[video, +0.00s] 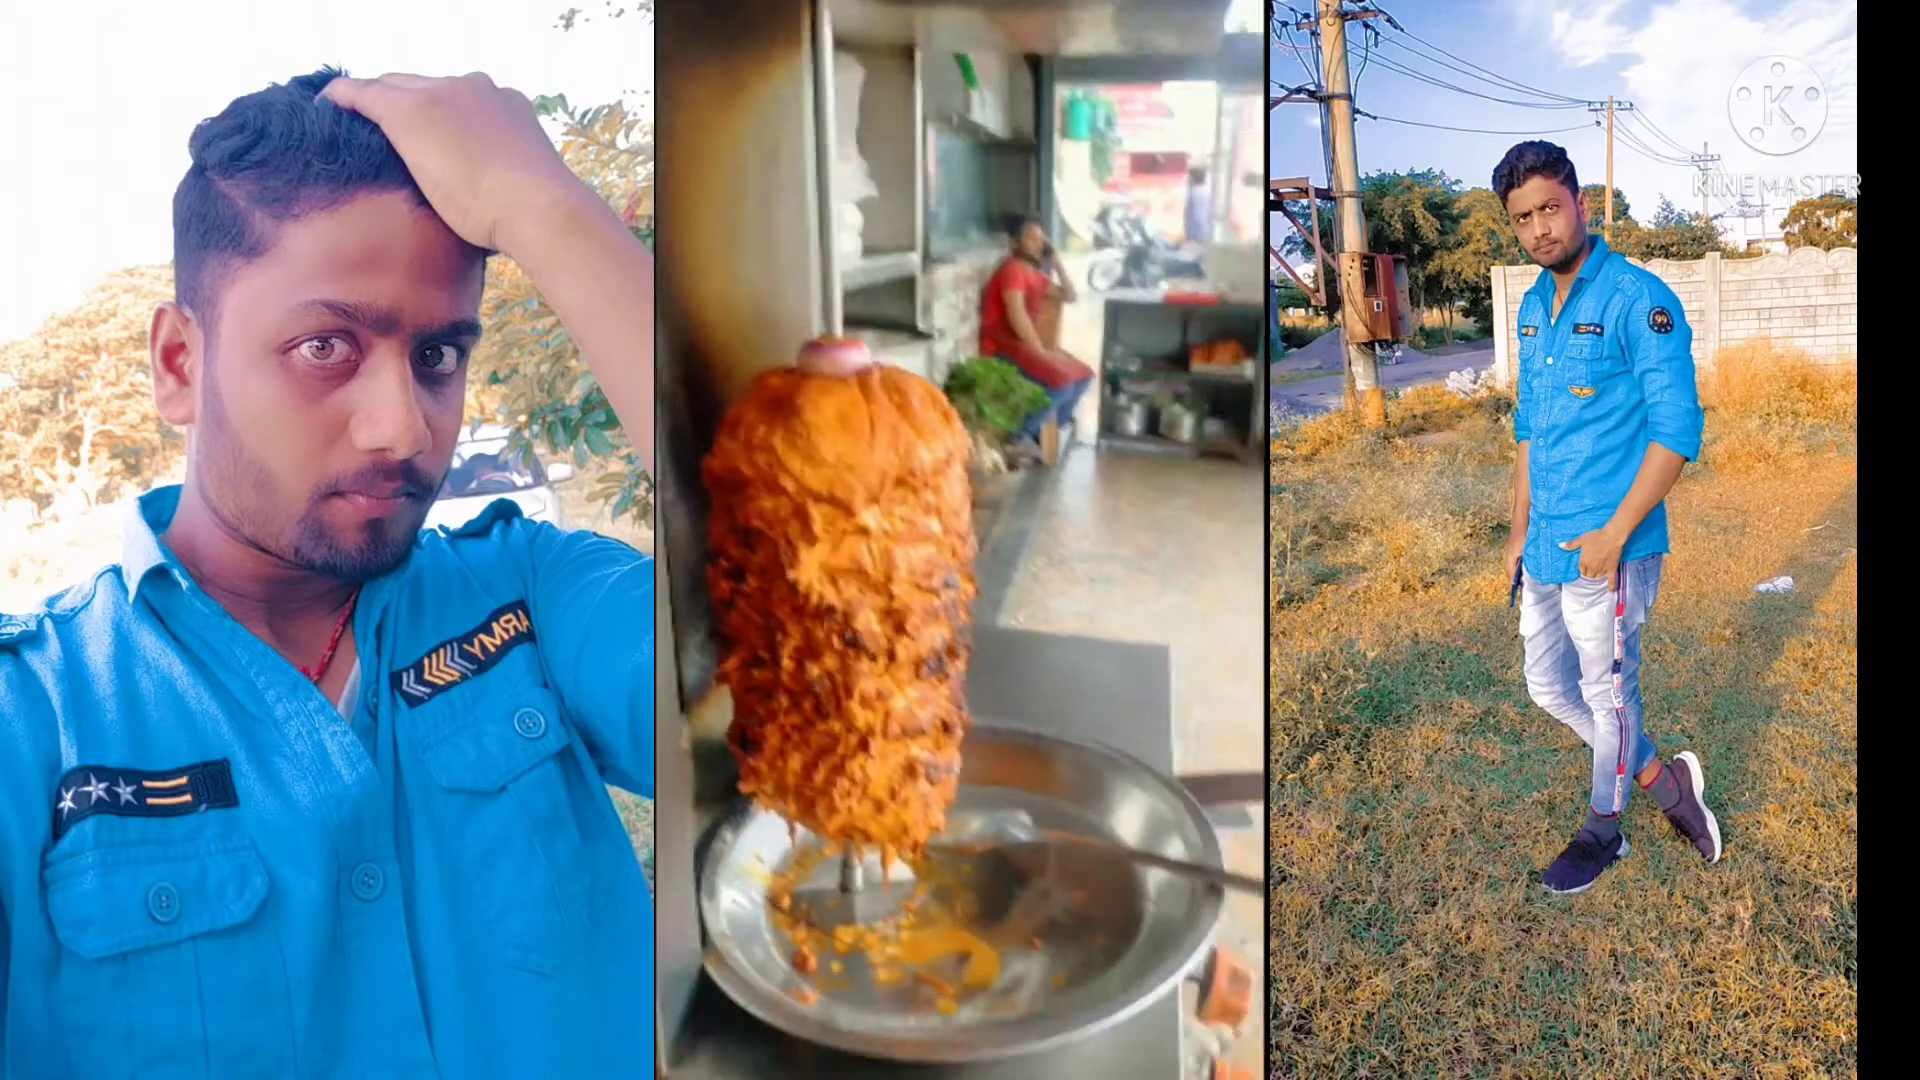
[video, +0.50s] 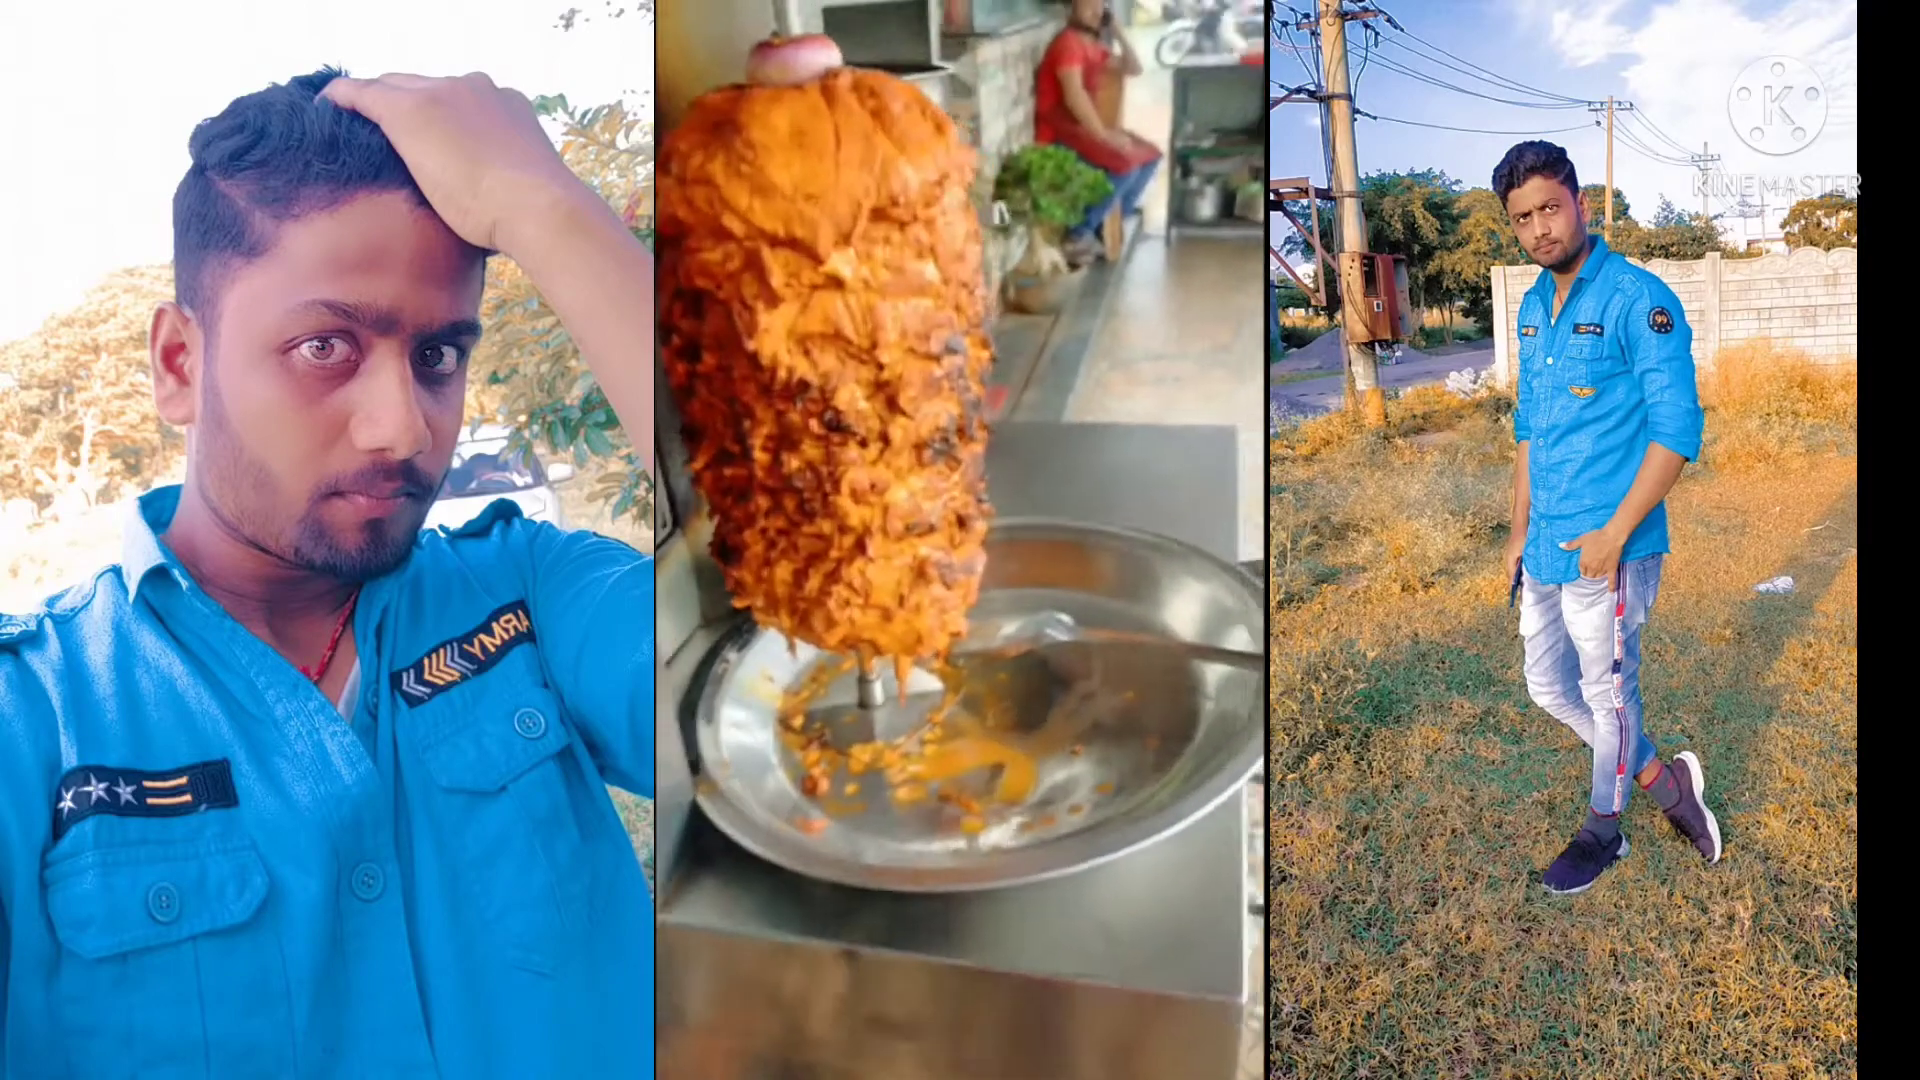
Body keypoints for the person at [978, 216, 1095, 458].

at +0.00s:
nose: (1039, 243)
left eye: (1041, 237)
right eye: (1032, 237)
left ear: (1042, 241)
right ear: (1016, 241)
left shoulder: (1033, 273)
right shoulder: (1013, 269)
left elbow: (1069, 295)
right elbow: (1016, 314)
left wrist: (1054, 261)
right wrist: (1039, 350)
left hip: (1024, 344)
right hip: (1003, 347)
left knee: (1082, 375)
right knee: (1061, 381)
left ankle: (1047, 431)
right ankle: (1021, 438)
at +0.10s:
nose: (1069, 171)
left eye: (1071, 164)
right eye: (1061, 164)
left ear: (1073, 169)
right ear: (1045, 168)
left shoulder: (1064, 203)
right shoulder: (1041, 199)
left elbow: (1101, 224)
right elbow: (1047, 246)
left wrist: (1084, 188)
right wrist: (1073, 284)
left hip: (1059, 277)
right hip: (1036, 282)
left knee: (1115, 305)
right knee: (1094, 313)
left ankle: (1083, 362)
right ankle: (1053, 373)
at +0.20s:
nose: (1095, 94)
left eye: (1097, 88)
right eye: (1087, 88)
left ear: (1099, 92)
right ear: (1071, 92)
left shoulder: (1091, 127)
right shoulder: (1067, 124)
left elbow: (1128, 148)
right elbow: (1073, 173)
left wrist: (1112, 113)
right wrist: (1103, 211)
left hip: (1085, 203)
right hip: (1061, 209)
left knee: (1144, 232)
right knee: (1122, 241)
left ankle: (1115, 290)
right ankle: (1082, 304)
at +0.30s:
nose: (1100, 34)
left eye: (1102, 28)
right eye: (1092, 28)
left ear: (1105, 33)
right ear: (1075, 32)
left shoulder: (1098, 67)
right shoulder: (1072, 64)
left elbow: (1135, 89)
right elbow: (1078, 115)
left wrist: (1119, 53)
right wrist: (1108, 155)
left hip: (1091, 147)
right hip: (1067, 151)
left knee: (1152, 176)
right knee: (1129, 186)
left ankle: (1120, 237)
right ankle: (1087, 251)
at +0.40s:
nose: (1115, 6)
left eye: (1117, 2)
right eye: (1108, 1)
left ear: (1119, 8)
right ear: (1091, 4)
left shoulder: (1112, 39)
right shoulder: (1086, 36)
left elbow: (1149, 61)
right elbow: (1091, 88)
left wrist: (1133, 24)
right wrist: (1122, 127)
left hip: (1104, 120)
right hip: (1077, 124)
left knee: (1166, 148)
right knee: (1141, 159)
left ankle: (1131, 214)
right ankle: (1099, 226)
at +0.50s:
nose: (1098, 11)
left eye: (1101, 5)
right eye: (1091, 4)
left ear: (1104, 11)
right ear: (1074, 7)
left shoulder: (1094, 45)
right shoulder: (1068, 42)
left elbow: (1132, 68)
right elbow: (1074, 97)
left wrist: (1116, 31)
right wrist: (1104, 134)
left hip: (1086, 128)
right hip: (1060, 132)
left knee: (1149, 156)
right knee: (1123, 166)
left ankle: (1113, 222)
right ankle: (1081, 233)